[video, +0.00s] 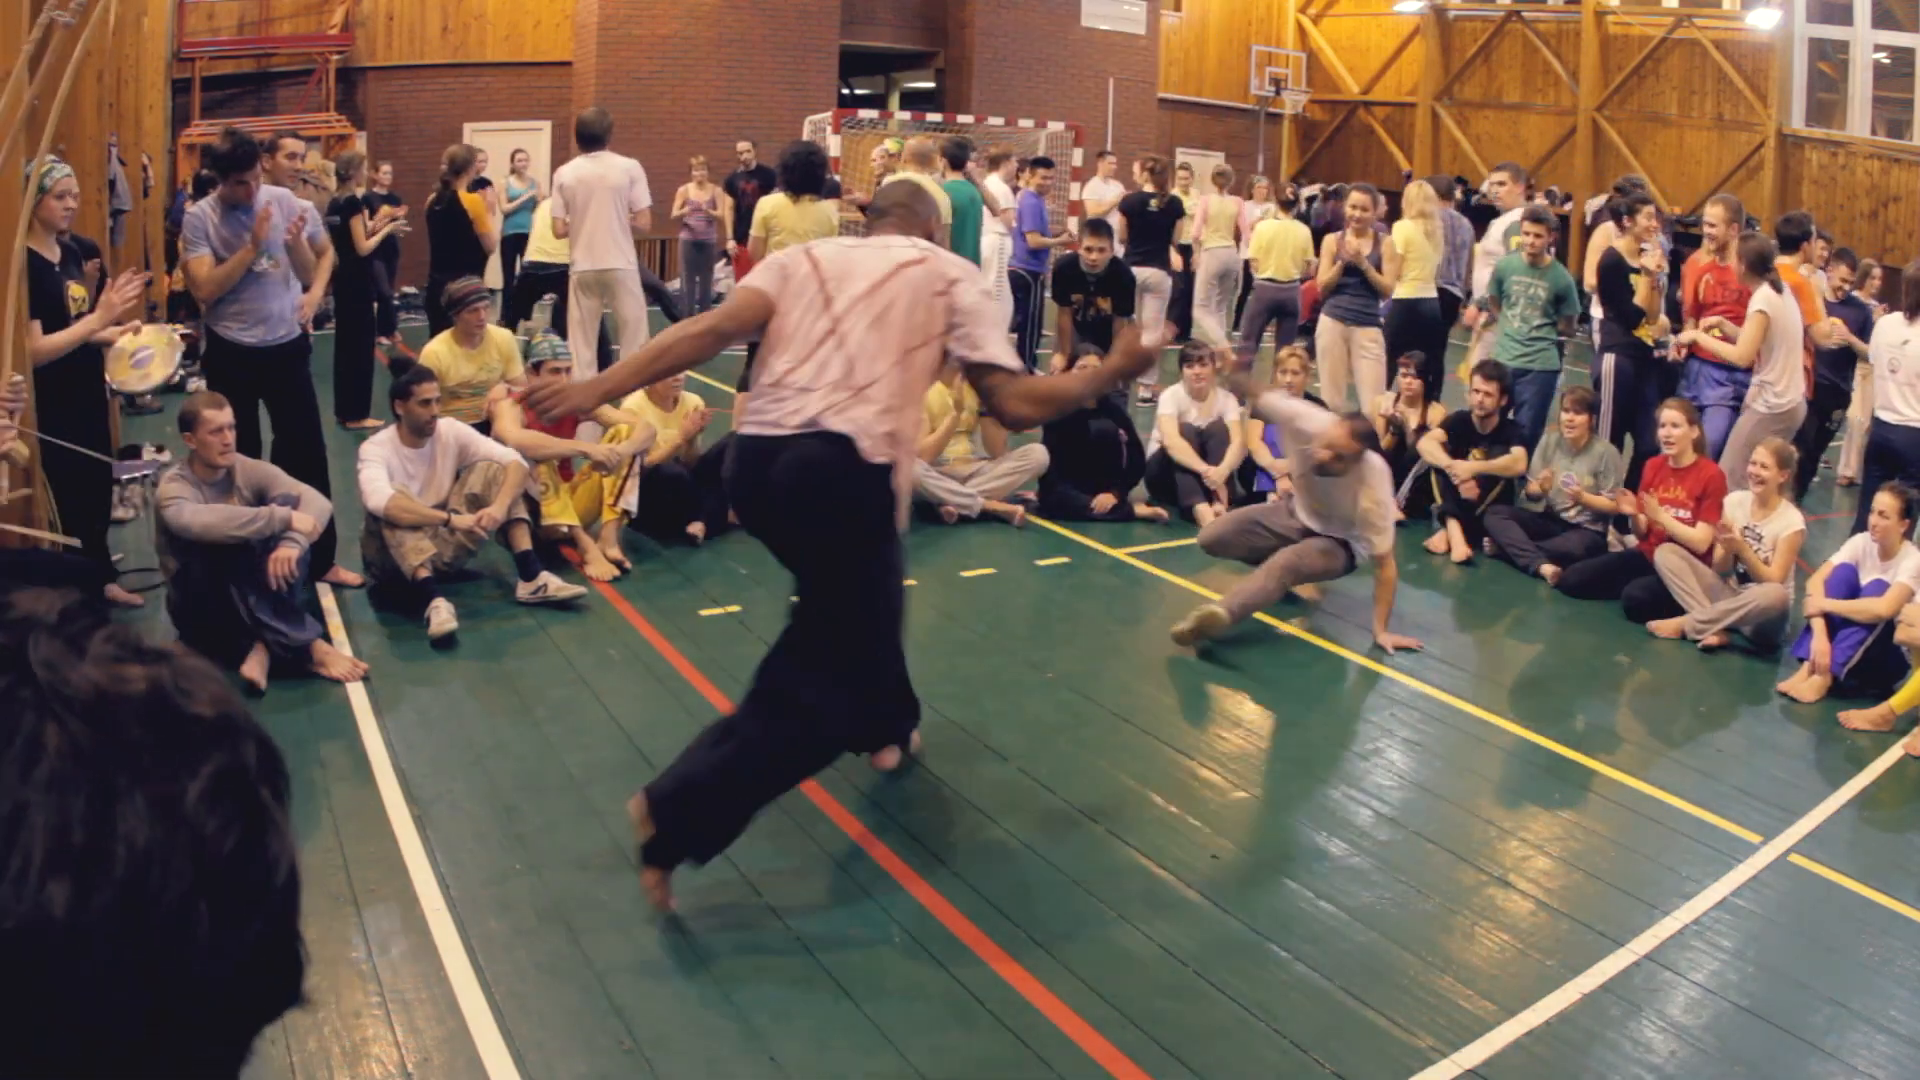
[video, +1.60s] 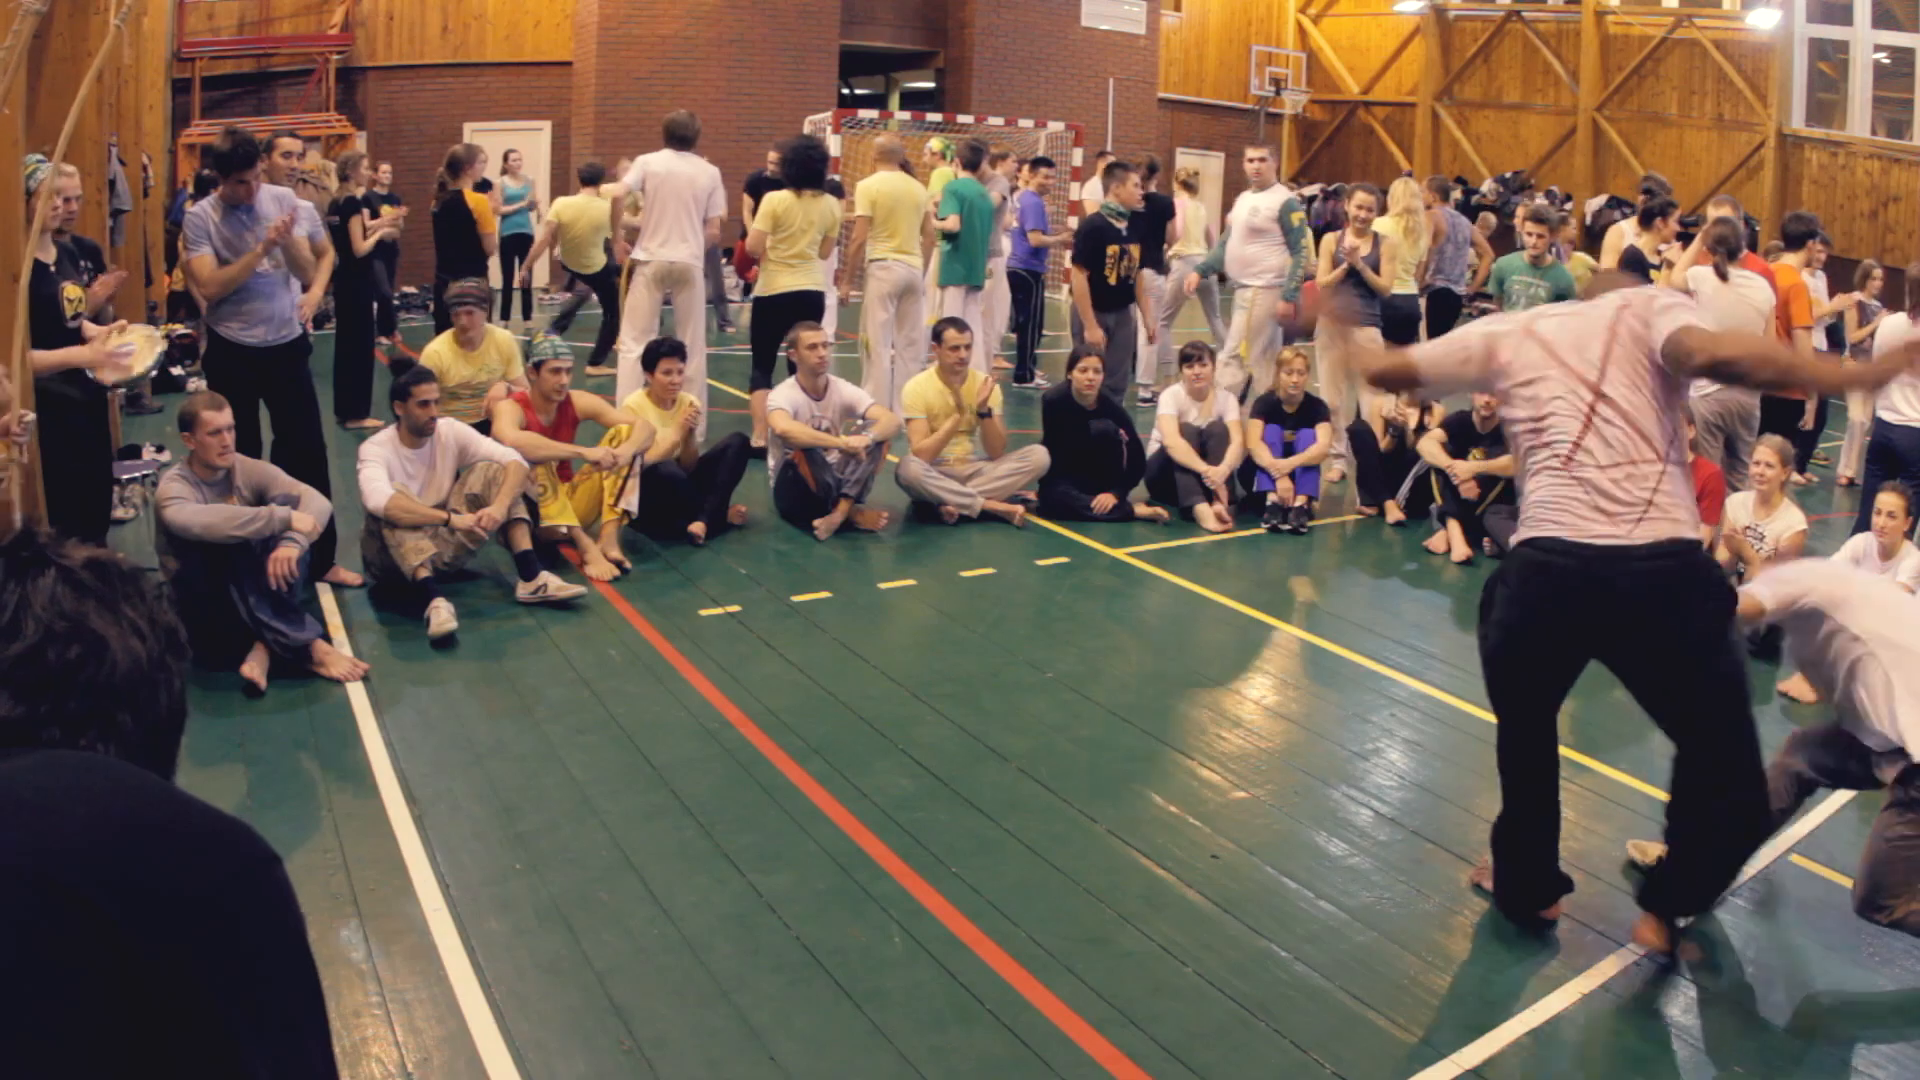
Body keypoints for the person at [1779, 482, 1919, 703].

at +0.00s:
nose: (1872, 521)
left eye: (1883, 516)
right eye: (1872, 512)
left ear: (1904, 525)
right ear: (1868, 512)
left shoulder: (1913, 560)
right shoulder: (1860, 542)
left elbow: (1885, 610)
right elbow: (1814, 582)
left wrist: (1822, 604)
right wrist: (1820, 637)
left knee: (1877, 586)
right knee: (1843, 572)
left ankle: (1823, 676)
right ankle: (1807, 666)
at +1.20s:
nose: (1879, 523)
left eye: (1889, 516)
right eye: (1876, 513)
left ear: (1906, 524)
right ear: (1871, 515)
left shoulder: (1913, 558)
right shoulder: (1860, 541)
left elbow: (1888, 606)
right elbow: (1817, 579)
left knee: (1877, 586)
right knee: (1845, 572)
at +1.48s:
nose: (1880, 524)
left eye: (1891, 516)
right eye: (1877, 513)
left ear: (1907, 523)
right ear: (1871, 515)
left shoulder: (1912, 558)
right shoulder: (1860, 541)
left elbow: (1888, 606)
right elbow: (1814, 581)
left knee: (1876, 586)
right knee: (1844, 572)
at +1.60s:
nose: (1881, 523)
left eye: (1891, 516)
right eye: (1877, 513)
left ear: (1907, 524)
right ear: (1871, 515)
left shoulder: (1913, 560)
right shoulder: (1860, 543)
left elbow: (1890, 605)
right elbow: (1826, 575)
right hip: (1853, 620)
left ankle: (1817, 678)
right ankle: (1809, 673)